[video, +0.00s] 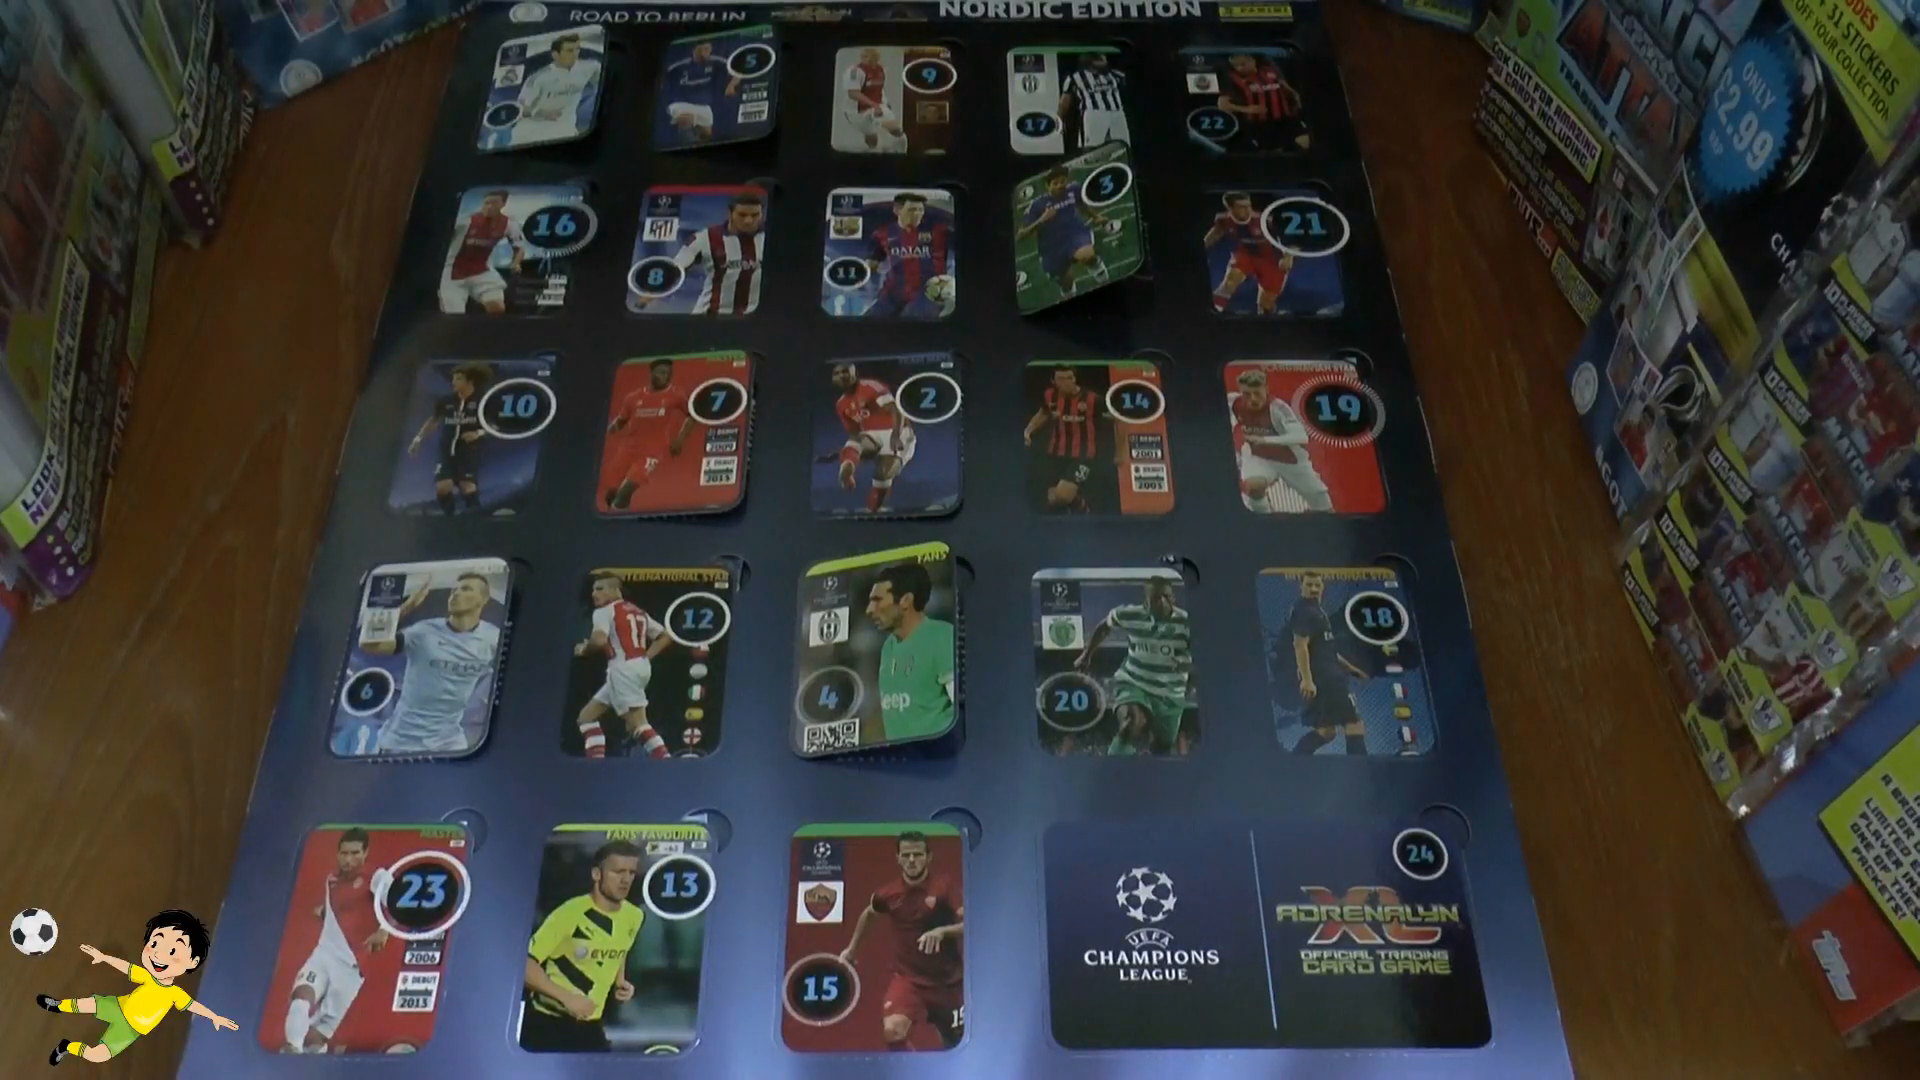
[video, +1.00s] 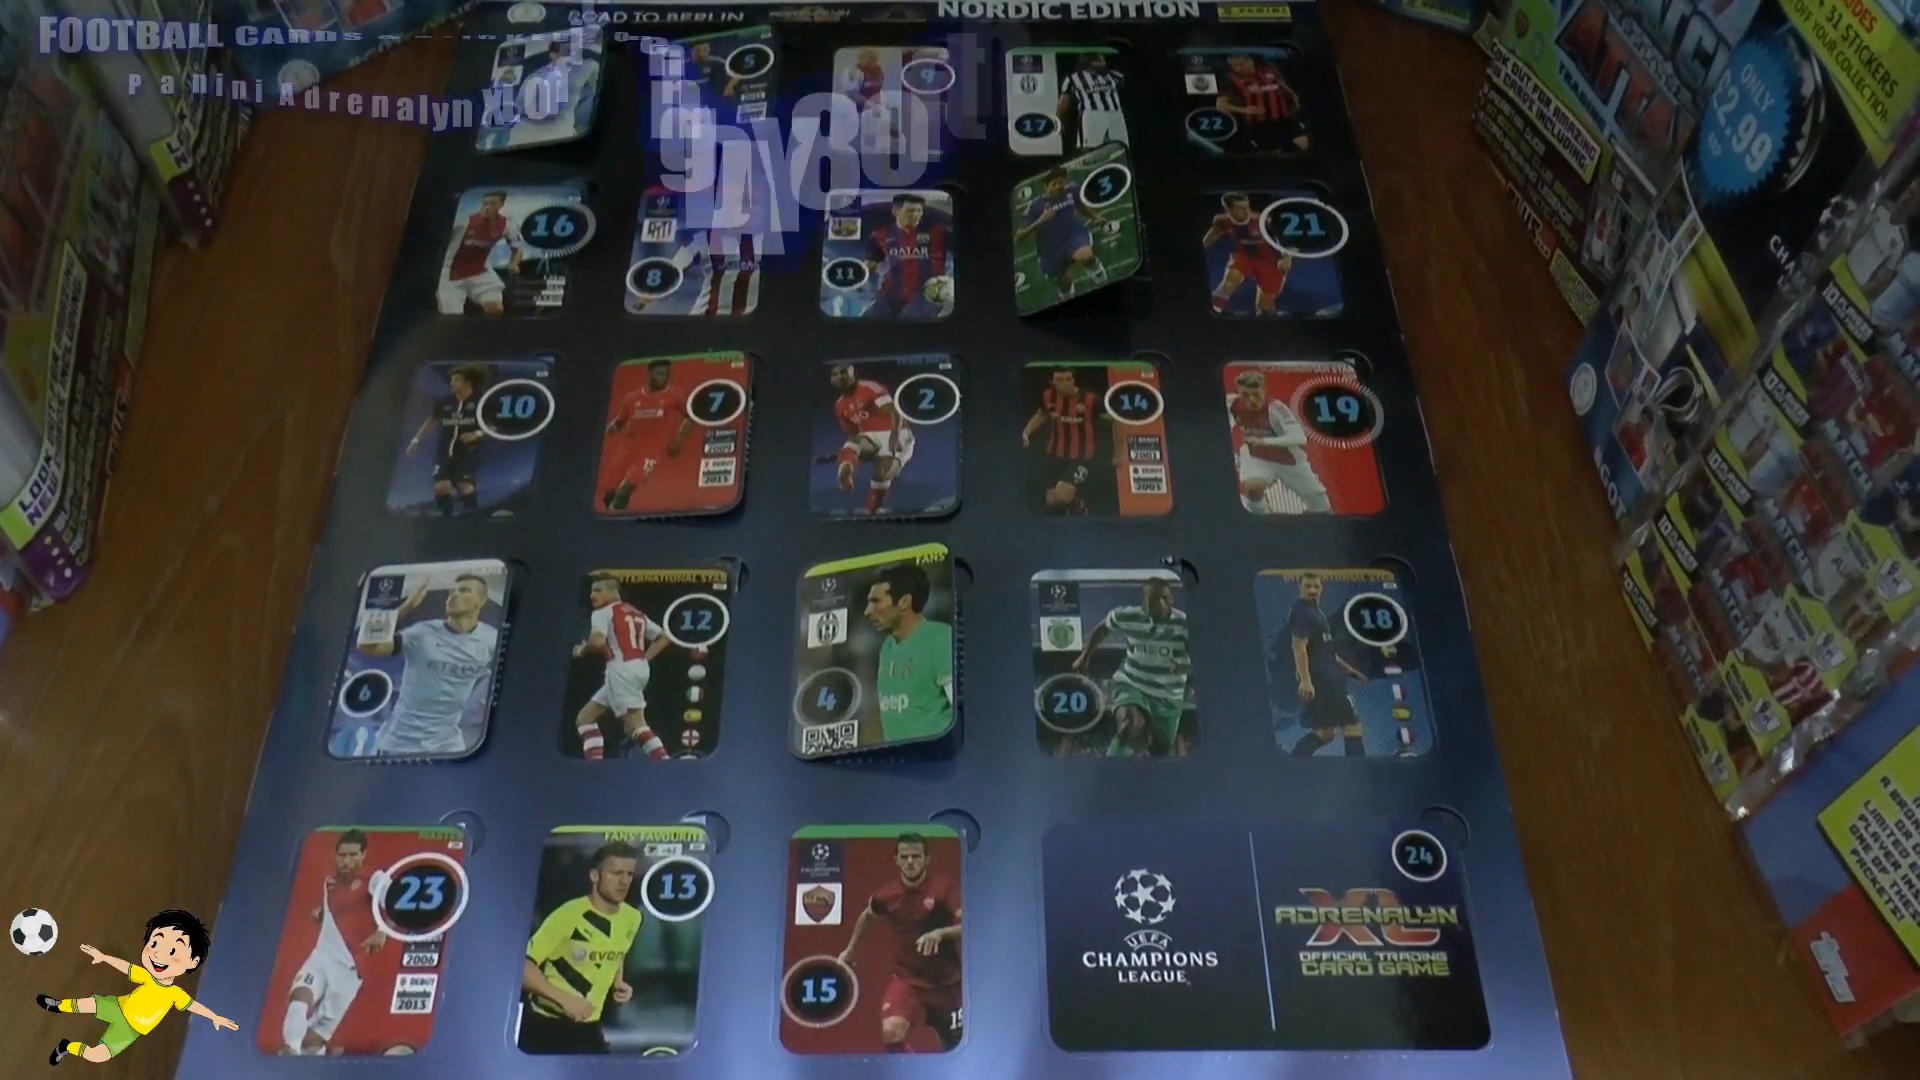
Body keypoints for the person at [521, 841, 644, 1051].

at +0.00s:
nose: (626, 880)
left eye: (631, 873)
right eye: (619, 872)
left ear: (635, 876)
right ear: (597, 874)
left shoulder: (634, 917)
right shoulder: (571, 912)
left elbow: (620, 953)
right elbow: (525, 964)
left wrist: (620, 980)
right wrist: (566, 997)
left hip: (590, 1028)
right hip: (546, 1025)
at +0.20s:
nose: (626, 880)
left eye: (631, 874)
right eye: (618, 872)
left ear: (635, 877)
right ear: (597, 875)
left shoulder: (634, 917)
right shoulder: (571, 912)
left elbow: (620, 954)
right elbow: (525, 964)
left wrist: (620, 980)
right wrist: (566, 997)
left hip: (590, 1028)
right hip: (545, 1025)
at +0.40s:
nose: (627, 883)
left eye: (632, 876)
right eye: (619, 874)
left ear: (636, 879)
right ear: (597, 877)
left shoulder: (634, 920)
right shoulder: (572, 915)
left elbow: (620, 956)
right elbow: (525, 967)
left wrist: (620, 983)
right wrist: (566, 1000)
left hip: (590, 1031)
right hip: (546, 1028)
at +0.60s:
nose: (626, 885)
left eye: (631, 878)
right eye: (619, 876)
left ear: (635, 881)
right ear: (597, 879)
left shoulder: (634, 922)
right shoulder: (572, 916)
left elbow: (620, 959)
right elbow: (525, 969)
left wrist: (620, 985)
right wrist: (565, 1001)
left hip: (590, 1033)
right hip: (545, 1030)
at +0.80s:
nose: (625, 882)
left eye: (630, 875)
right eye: (617, 874)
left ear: (634, 879)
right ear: (595, 877)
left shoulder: (632, 919)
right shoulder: (570, 914)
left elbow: (618, 956)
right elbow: (523, 966)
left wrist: (618, 982)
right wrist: (564, 999)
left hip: (588, 1030)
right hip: (544, 1027)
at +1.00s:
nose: (624, 881)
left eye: (629, 875)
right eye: (617, 873)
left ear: (633, 878)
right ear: (595, 876)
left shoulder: (632, 919)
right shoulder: (569, 914)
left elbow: (617, 956)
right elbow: (523, 966)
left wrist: (618, 981)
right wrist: (564, 998)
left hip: (588, 1030)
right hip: (544, 1027)